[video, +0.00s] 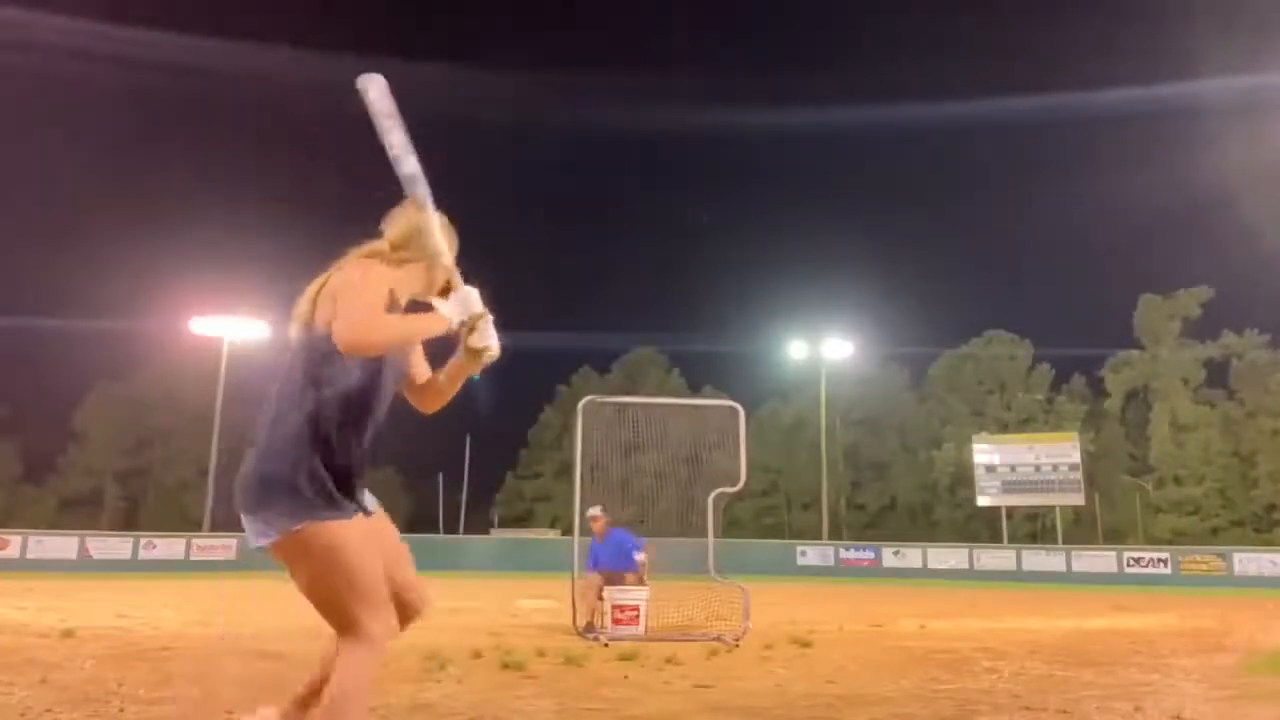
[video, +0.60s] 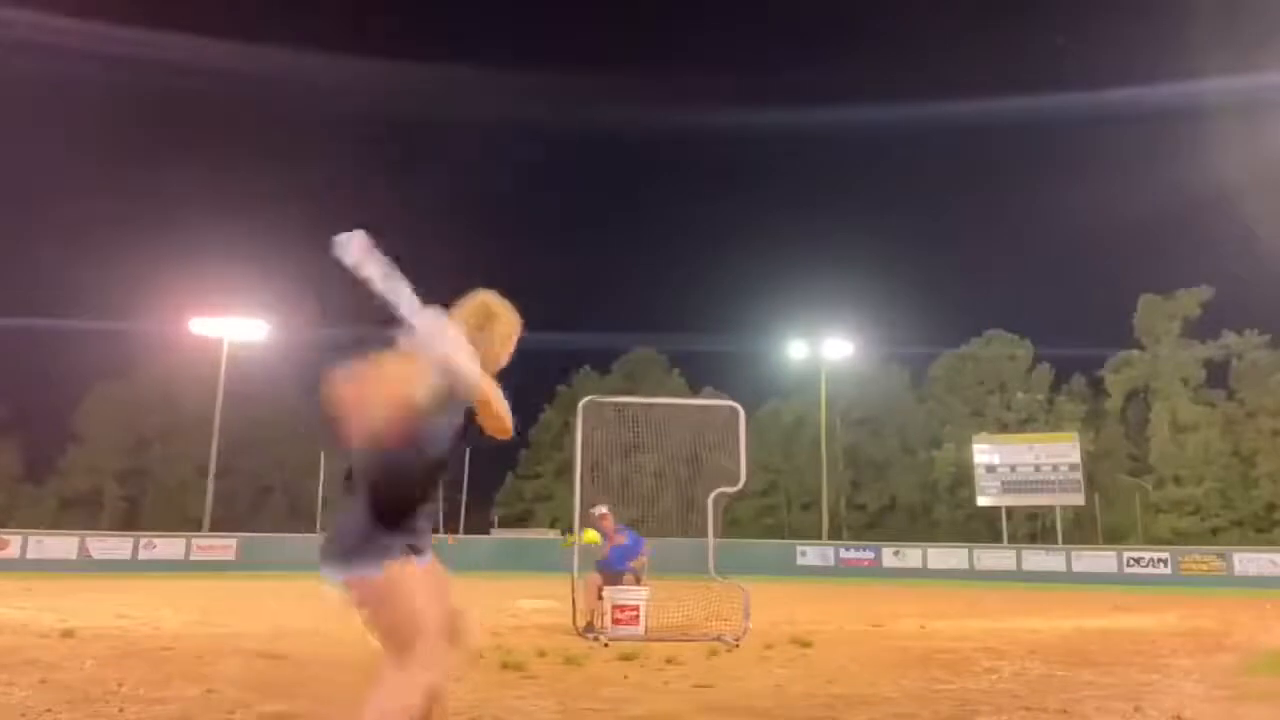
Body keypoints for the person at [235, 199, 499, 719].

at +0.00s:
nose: (442, 286)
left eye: (446, 277)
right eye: (443, 272)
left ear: (406, 255)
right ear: (426, 257)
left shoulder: (396, 315)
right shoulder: (362, 272)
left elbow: (427, 398)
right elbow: (353, 335)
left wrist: (468, 358)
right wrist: (446, 318)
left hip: (335, 484)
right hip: (289, 485)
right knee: (369, 629)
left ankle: (298, 709)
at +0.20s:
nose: (460, 293)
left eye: (464, 284)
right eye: (462, 280)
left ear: (421, 258)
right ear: (443, 268)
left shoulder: (423, 324)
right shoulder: (375, 282)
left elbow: (436, 405)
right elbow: (331, 339)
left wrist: (460, 366)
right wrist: (429, 325)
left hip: (355, 488)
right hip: (304, 493)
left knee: (446, 581)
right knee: (376, 628)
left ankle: (379, 706)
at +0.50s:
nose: (509, 333)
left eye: (510, 322)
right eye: (506, 319)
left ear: (474, 317)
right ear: (481, 312)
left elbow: (484, 403)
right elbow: (308, 317)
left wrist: (453, 334)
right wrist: (396, 302)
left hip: (412, 524)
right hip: (349, 523)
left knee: (457, 627)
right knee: (394, 641)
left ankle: (411, 704)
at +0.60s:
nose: (509, 357)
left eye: (510, 347)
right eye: (507, 345)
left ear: (475, 339)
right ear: (486, 338)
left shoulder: (472, 389)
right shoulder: (411, 368)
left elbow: (503, 429)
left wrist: (463, 367)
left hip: (410, 542)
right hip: (368, 544)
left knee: (453, 634)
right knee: (422, 652)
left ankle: (421, 706)